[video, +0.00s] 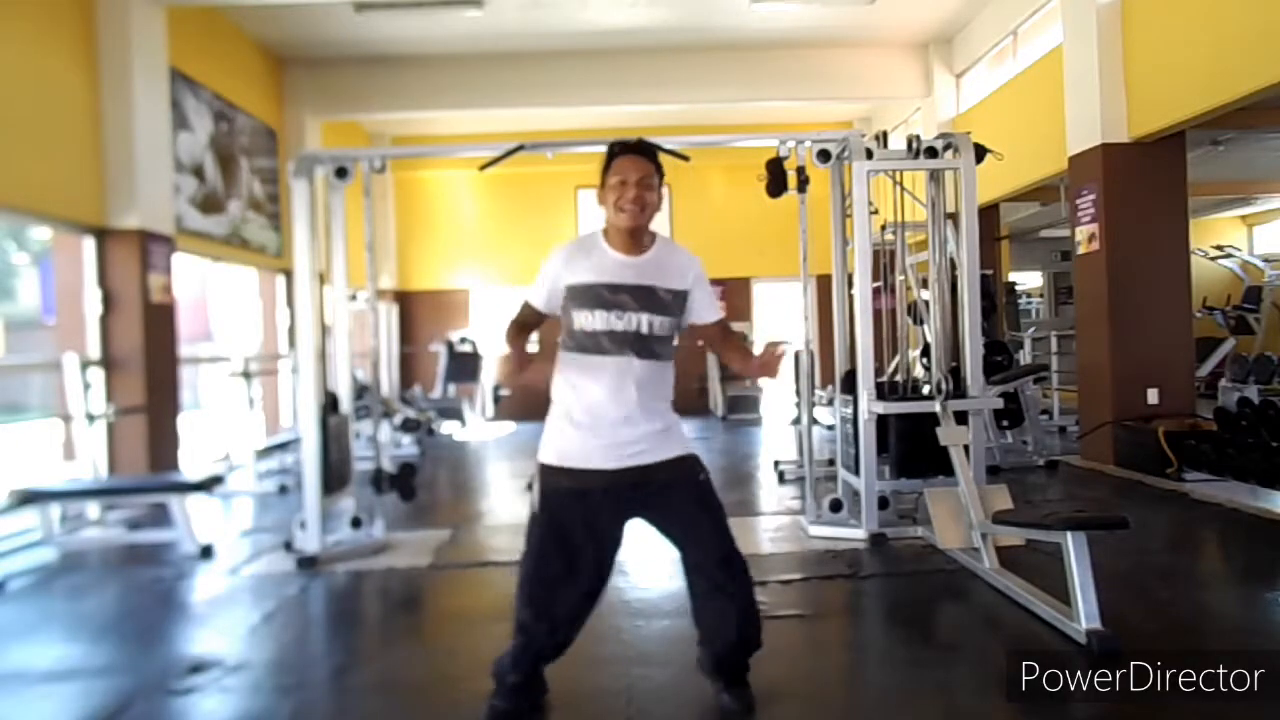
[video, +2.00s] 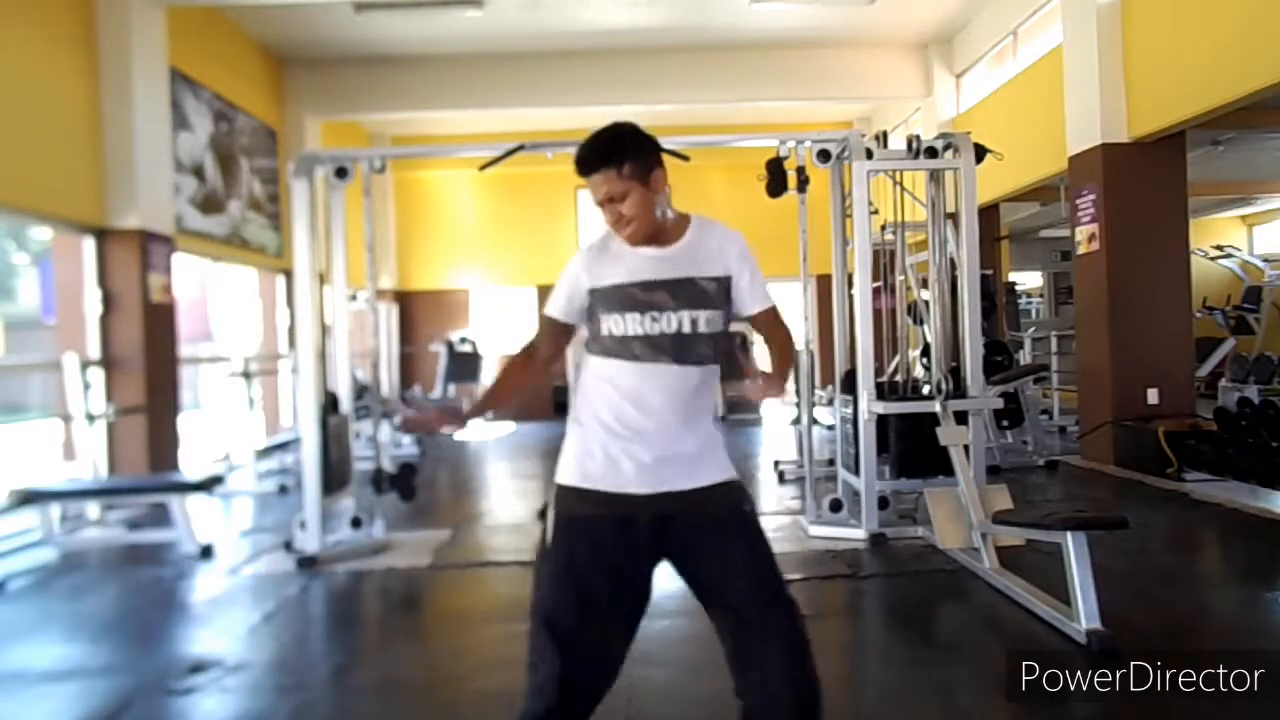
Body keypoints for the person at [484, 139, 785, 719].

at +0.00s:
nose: (633, 194)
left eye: (645, 184)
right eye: (621, 184)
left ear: (659, 196)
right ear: (602, 194)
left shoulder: (683, 267)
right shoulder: (569, 261)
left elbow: (718, 336)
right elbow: (523, 325)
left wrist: (751, 363)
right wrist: (517, 362)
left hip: (660, 449)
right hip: (575, 455)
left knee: (720, 567)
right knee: (549, 589)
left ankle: (730, 670)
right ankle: (515, 689)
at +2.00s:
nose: (610, 216)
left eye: (618, 199)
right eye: (600, 204)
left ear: (659, 179)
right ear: (592, 199)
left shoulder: (724, 250)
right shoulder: (590, 264)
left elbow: (775, 332)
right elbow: (540, 353)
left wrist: (778, 377)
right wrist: (472, 411)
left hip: (700, 486)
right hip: (597, 490)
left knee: (775, 648)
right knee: (561, 672)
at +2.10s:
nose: (610, 212)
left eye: (618, 195)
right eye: (600, 200)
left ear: (658, 174)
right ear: (591, 194)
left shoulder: (726, 238)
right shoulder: (597, 258)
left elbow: (755, 337)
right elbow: (555, 350)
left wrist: (758, 317)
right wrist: (497, 349)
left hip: (711, 492)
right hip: (603, 489)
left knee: (756, 687)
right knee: (551, 680)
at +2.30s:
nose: (618, 191)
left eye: (630, 172)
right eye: (605, 179)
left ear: (664, 163)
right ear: (595, 182)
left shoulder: (724, 242)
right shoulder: (590, 254)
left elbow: (774, 325)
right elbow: (538, 335)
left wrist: (818, 376)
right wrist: (503, 401)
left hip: (711, 480)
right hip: (606, 488)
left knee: (776, 630)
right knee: (563, 667)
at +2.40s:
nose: (636, 182)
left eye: (648, 164)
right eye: (620, 171)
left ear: (679, 165)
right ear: (609, 182)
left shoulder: (728, 238)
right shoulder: (594, 256)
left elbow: (781, 319)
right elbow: (544, 342)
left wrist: (770, 336)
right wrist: (483, 369)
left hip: (720, 493)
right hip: (611, 497)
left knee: (774, 662)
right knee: (558, 677)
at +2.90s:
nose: (659, 141)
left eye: (672, 127)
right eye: (642, 131)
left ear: (694, 141)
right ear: (623, 151)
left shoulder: (729, 231)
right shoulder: (591, 231)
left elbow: (735, 333)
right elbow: (556, 334)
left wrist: (793, 308)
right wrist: (547, 307)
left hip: (723, 487)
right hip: (614, 486)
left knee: (765, 691)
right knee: (564, 691)